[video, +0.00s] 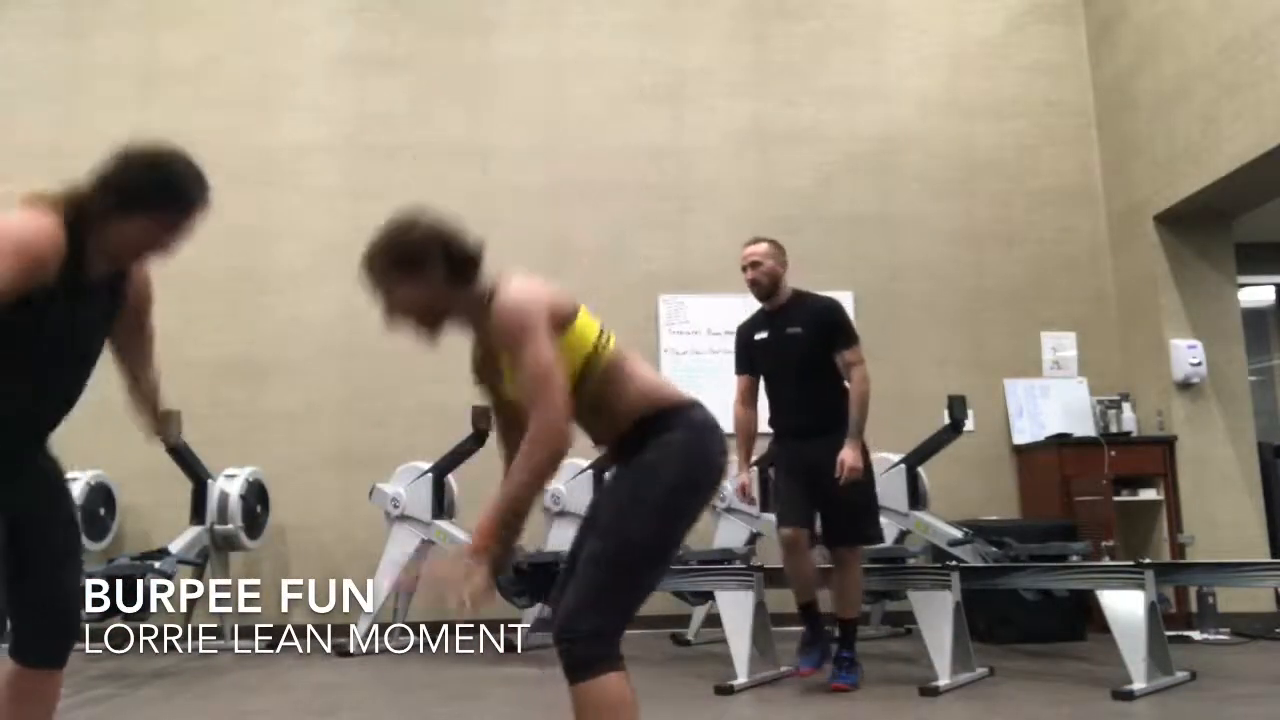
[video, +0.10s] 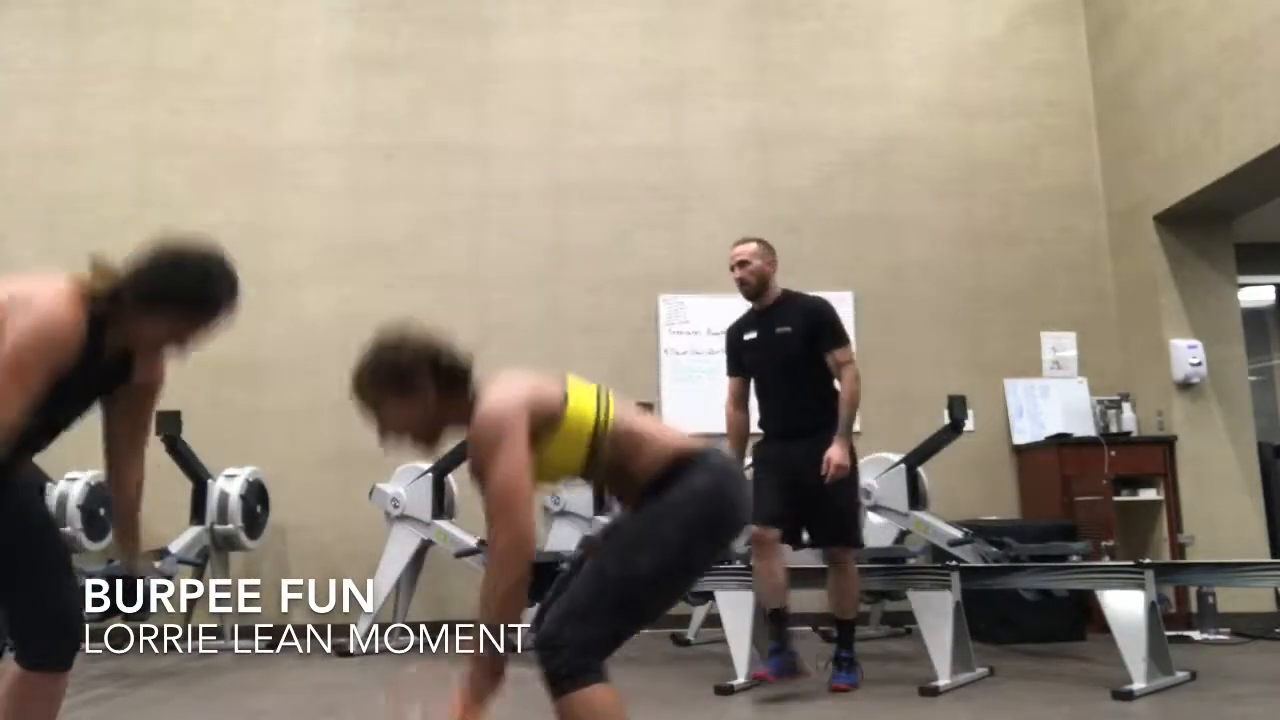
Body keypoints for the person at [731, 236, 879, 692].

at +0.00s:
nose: (751, 274)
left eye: (758, 265)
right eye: (746, 269)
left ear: (783, 265)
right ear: (743, 277)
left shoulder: (824, 311)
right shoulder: (749, 333)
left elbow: (858, 373)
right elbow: (745, 402)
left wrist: (854, 441)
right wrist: (744, 465)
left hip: (838, 447)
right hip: (789, 449)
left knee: (845, 549)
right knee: (791, 537)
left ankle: (846, 650)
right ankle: (813, 632)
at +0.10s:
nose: (738, 273)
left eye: (745, 264)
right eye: (733, 268)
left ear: (771, 265)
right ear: (733, 276)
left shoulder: (814, 311)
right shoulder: (739, 333)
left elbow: (849, 374)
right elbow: (737, 404)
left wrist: (842, 440)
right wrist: (735, 469)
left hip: (827, 447)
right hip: (775, 450)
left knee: (840, 552)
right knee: (763, 537)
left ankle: (845, 656)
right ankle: (780, 652)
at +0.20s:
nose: (716, 274)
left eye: (723, 265)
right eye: (712, 269)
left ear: (750, 266)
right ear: (711, 278)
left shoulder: (793, 311)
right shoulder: (720, 335)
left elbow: (831, 373)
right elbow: (718, 406)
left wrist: (827, 440)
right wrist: (719, 467)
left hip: (810, 450)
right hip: (760, 453)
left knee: (829, 553)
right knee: (738, 551)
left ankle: (844, 654)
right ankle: (722, 656)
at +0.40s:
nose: (660, 269)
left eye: (669, 261)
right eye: (658, 263)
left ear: (697, 264)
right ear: (661, 273)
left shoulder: (737, 306)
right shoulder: (668, 332)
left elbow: (777, 369)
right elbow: (667, 398)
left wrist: (781, 438)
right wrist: (663, 451)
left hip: (757, 451)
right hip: (708, 458)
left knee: (793, 553)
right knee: (703, 558)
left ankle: (833, 635)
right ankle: (700, 663)